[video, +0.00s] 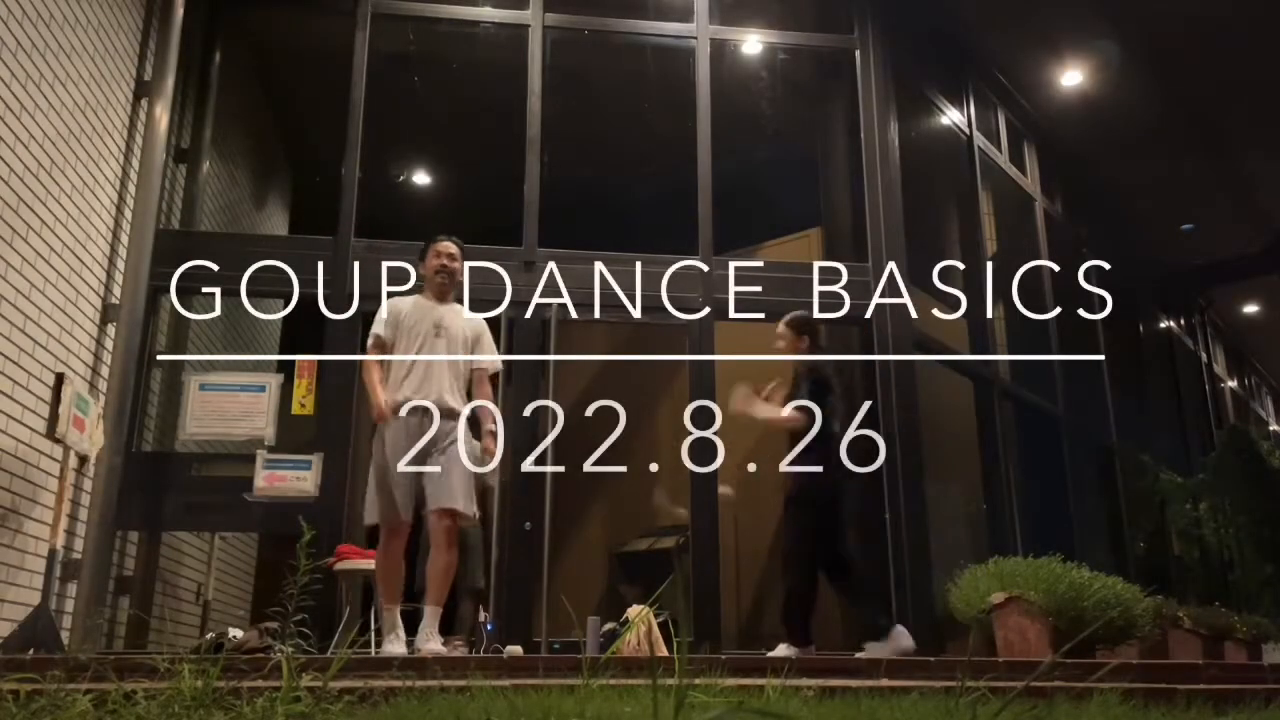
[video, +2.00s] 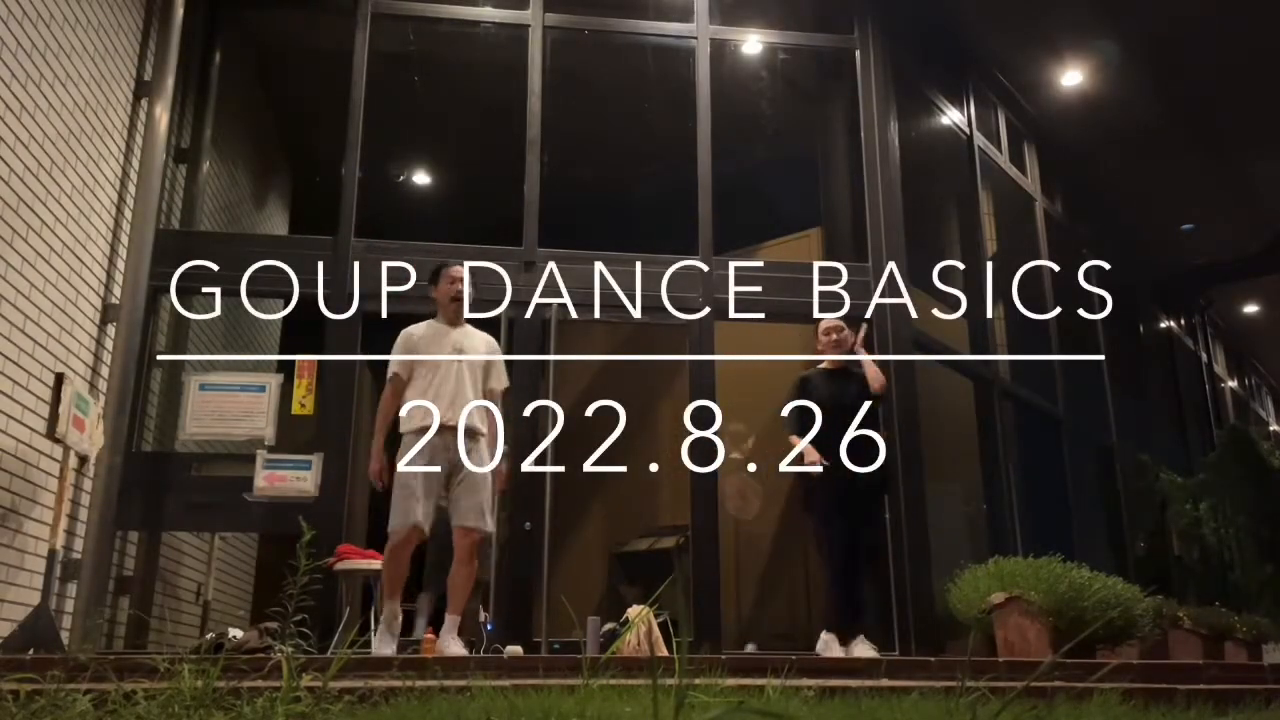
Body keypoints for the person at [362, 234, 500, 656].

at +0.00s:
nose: (446, 263)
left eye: (453, 259)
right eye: (439, 257)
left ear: (462, 271)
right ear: (422, 266)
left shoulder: (474, 323)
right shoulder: (396, 308)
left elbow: (482, 383)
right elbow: (372, 357)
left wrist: (488, 427)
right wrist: (379, 397)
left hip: (452, 429)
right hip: (399, 424)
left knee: (446, 525)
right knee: (395, 526)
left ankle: (430, 631)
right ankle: (392, 631)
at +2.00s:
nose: (459, 288)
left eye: (464, 283)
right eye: (452, 281)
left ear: (471, 293)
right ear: (434, 291)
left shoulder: (487, 344)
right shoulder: (412, 336)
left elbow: (495, 406)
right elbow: (392, 393)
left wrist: (499, 457)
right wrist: (378, 447)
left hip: (473, 445)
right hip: (421, 443)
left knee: (469, 541)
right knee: (405, 534)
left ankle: (449, 635)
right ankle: (389, 623)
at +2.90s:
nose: (463, 259)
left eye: (466, 254)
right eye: (454, 253)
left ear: (471, 264)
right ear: (433, 264)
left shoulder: (491, 316)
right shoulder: (412, 317)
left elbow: (503, 378)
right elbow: (397, 379)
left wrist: (508, 427)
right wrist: (419, 394)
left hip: (484, 429)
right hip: (432, 429)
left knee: (492, 522)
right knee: (426, 528)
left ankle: (486, 629)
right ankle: (422, 629)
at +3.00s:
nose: (466, 258)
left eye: (471, 252)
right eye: (458, 252)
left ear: (478, 262)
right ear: (439, 262)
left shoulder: (498, 314)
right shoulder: (419, 316)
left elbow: (509, 377)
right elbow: (406, 376)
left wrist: (514, 429)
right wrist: (408, 424)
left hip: (488, 429)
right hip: (434, 428)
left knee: (489, 528)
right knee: (429, 528)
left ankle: (485, 630)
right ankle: (422, 629)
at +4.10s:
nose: (436, 254)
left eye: (441, 248)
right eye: (428, 245)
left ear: (442, 254)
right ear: (404, 245)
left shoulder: (446, 300)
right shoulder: (371, 291)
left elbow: (481, 306)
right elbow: (331, 297)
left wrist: (472, 259)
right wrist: (355, 249)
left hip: (423, 416)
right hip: (367, 411)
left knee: (414, 515)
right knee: (338, 513)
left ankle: (394, 621)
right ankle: (319, 619)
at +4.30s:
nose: (409, 288)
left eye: (413, 280)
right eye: (401, 280)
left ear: (417, 284)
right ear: (376, 282)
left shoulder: (431, 335)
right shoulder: (349, 336)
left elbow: (448, 379)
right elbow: (322, 380)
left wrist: (447, 419)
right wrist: (317, 410)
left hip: (409, 447)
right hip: (353, 440)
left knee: (375, 513)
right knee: (329, 526)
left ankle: (358, 621)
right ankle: (315, 628)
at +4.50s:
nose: (422, 267)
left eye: (426, 259)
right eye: (414, 259)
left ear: (430, 262)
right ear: (389, 259)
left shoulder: (444, 311)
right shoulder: (360, 316)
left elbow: (463, 367)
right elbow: (336, 379)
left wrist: (479, 418)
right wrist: (319, 439)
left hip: (433, 429)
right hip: (373, 429)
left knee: (445, 506)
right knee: (345, 522)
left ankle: (459, 613)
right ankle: (320, 626)